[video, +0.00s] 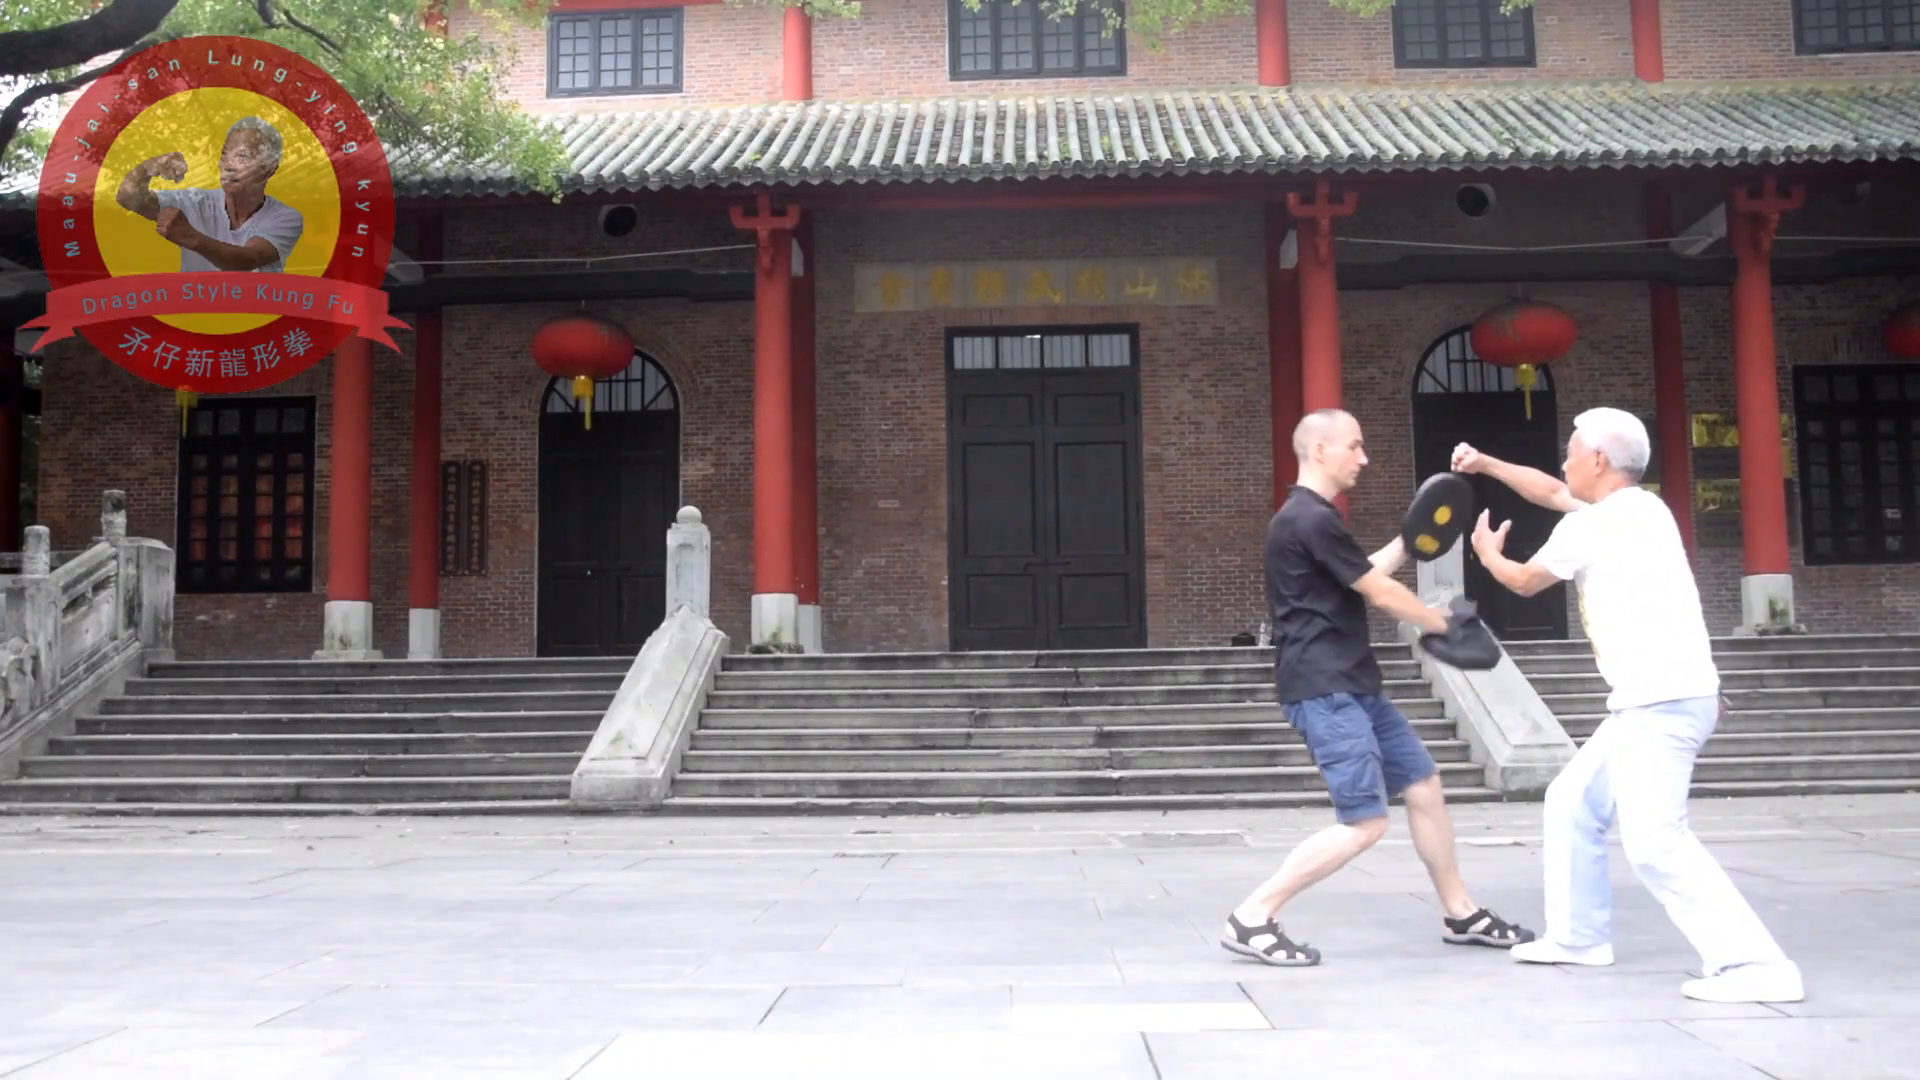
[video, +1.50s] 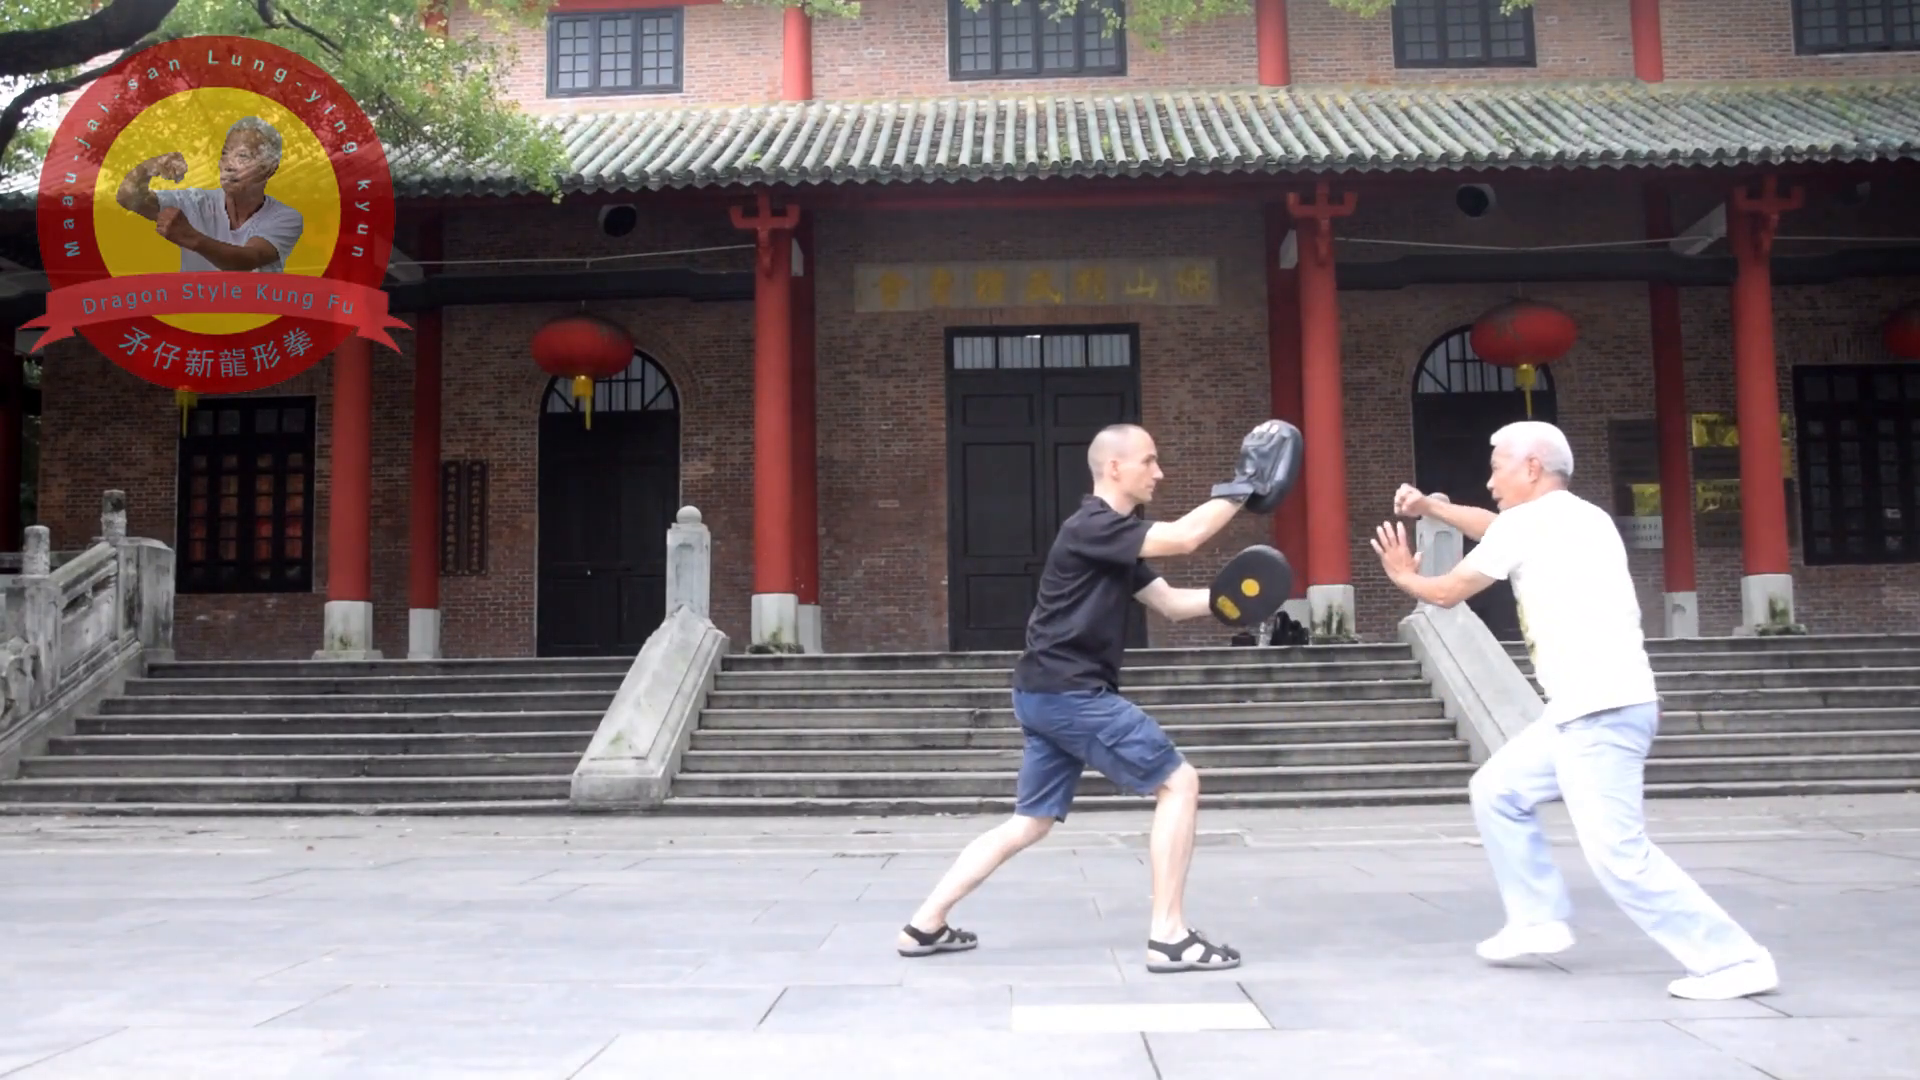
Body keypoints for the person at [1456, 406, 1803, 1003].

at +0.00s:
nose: (1566, 458)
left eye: (1573, 448)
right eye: (1570, 447)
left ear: (1599, 459)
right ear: (1617, 462)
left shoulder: (1591, 522)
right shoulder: (1646, 508)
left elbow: (1524, 581)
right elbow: (1556, 492)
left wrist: (1486, 552)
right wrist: (1487, 464)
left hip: (1657, 702)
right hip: (1670, 697)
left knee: (1654, 840)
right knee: (1569, 802)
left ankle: (1757, 966)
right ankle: (1578, 938)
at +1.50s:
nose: (1491, 480)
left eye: (1497, 467)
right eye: (1492, 467)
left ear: (1532, 468)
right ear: (1545, 471)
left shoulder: (1523, 524)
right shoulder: (1591, 518)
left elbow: (1451, 591)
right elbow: (1496, 526)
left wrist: (1404, 576)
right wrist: (1429, 505)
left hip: (1595, 709)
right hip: (1609, 703)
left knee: (1620, 853)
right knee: (1495, 791)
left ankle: (1735, 960)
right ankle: (1538, 924)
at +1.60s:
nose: (1467, 481)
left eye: (1472, 469)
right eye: (1468, 470)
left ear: (1506, 474)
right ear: (1526, 476)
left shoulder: (1492, 527)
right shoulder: (1578, 521)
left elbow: (1405, 582)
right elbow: (1515, 510)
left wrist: (1377, 560)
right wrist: (1452, 506)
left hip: (1554, 726)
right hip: (1574, 717)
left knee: (1603, 852)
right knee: (1442, 784)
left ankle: (1728, 953)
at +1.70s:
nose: (1426, 485)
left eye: (1433, 474)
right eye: (1429, 472)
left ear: (1467, 482)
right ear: (1485, 481)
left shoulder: (1441, 534)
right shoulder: (1531, 531)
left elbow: (1342, 553)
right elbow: (1551, 501)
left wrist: (1276, 536)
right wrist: (1508, 470)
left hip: (1503, 735)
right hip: (1493, 732)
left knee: (1581, 850)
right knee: (1389, 811)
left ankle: (1720, 942)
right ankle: (1318, 924)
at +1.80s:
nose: (1389, 483)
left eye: (1399, 475)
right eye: (1394, 473)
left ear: (1431, 490)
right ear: (1440, 488)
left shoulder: (1430, 550)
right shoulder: (1456, 537)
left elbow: (1334, 592)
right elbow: (1438, 491)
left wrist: (1245, 595)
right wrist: (1479, 469)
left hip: (1457, 738)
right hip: (1423, 735)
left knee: (1531, 841)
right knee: (1321, 803)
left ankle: (1678, 928)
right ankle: (1302, 937)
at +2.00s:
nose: (1333, 483)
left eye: (1345, 473)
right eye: (1336, 472)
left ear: (1384, 484)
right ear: (1361, 482)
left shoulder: (1413, 544)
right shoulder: (1331, 526)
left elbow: (1331, 590)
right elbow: (1260, 492)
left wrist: (1236, 608)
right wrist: (1217, 435)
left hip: (1418, 724)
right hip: (1351, 717)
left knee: (1449, 850)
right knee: (1278, 808)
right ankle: (1298, 941)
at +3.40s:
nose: (1283, 486)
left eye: (1293, 476)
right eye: (1283, 475)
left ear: (1331, 479)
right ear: (1308, 481)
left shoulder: (1378, 534)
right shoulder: (1284, 531)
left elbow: (1331, 604)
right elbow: (1215, 548)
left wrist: (1248, 585)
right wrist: (1165, 496)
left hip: (1383, 705)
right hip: (1310, 703)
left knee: (1417, 828)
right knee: (1292, 810)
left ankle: (1411, 920)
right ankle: (1271, 940)